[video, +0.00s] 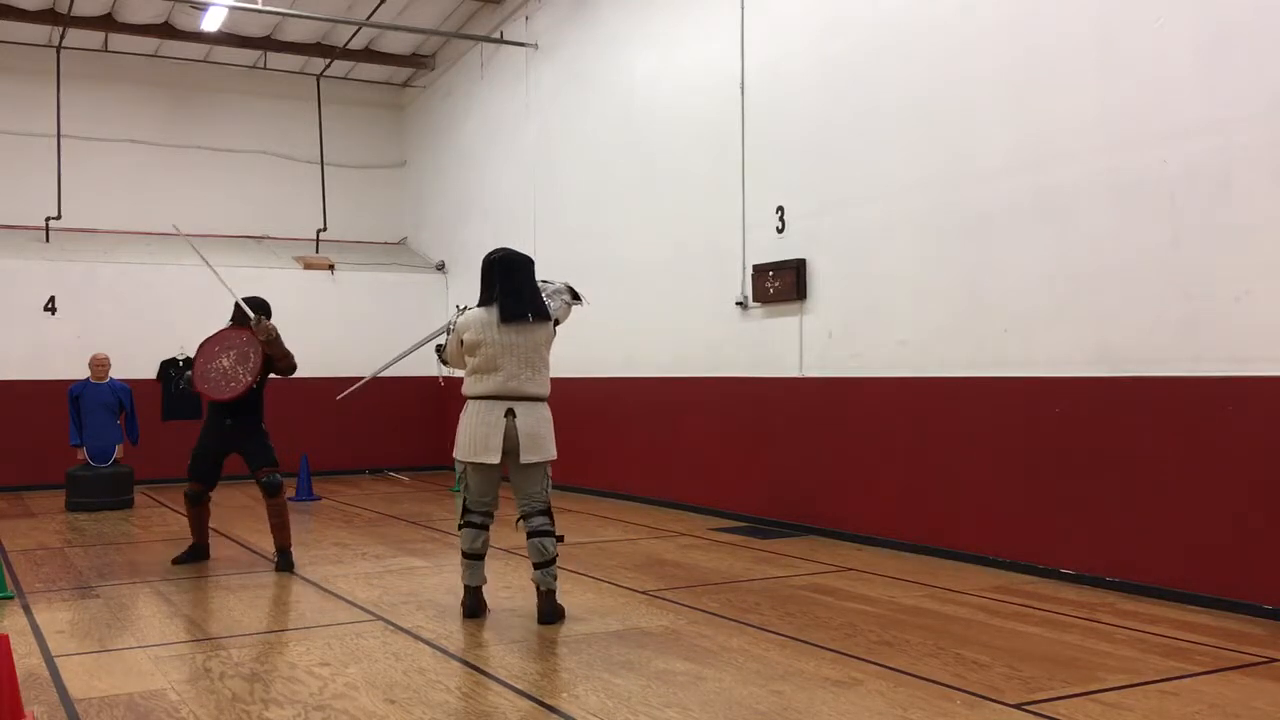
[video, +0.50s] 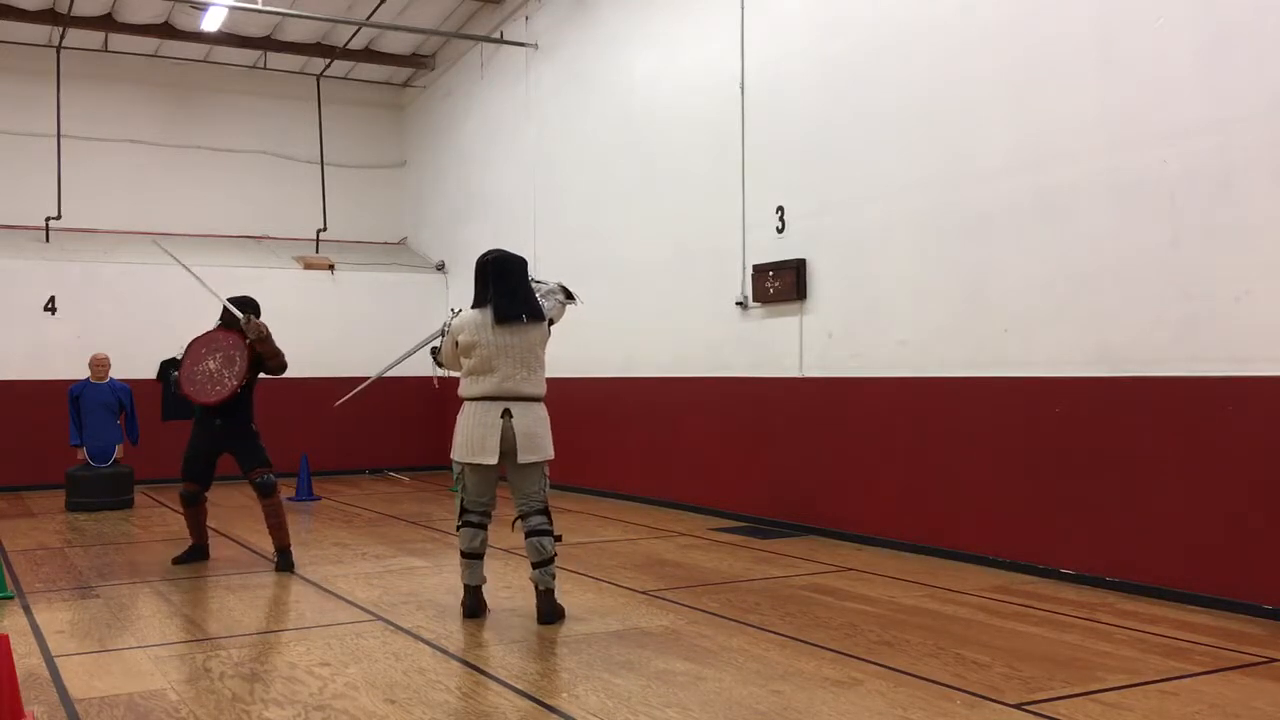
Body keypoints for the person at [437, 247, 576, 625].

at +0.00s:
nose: (481, 285)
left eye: (485, 278)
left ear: (488, 282)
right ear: (529, 281)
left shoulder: (470, 321)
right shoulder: (543, 318)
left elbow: (452, 358)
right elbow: (563, 298)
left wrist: (456, 330)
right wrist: (543, 285)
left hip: (481, 425)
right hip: (532, 424)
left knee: (477, 509)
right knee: (536, 509)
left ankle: (472, 595)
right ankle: (547, 601)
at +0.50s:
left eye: (478, 280)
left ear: (481, 283)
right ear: (522, 282)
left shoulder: (465, 323)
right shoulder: (538, 318)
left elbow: (448, 360)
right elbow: (558, 297)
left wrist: (451, 331)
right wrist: (532, 283)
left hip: (478, 425)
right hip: (529, 423)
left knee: (474, 509)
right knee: (534, 508)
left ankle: (473, 595)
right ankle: (546, 599)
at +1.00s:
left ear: (488, 306)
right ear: (529, 303)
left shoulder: (473, 346)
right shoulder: (545, 336)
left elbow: (464, 389)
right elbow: (560, 317)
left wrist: (456, 357)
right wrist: (536, 300)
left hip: (490, 443)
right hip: (542, 441)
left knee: (479, 517)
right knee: (555, 513)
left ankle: (456, 593)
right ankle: (558, 585)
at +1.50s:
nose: (603, 291)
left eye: (608, 285)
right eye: (605, 284)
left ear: (616, 292)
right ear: (648, 290)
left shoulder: (602, 330)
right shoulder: (666, 332)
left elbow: (561, 348)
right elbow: (645, 314)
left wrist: (551, 308)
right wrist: (613, 290)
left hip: (602, 434)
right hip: (649, 437)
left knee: (559, 512)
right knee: (629, 518)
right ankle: (646, 597)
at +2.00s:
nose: (722, 279)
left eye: (725, 273)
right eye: (720, 272)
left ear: (736, 278)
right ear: (772, 271)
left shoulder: (737, 325)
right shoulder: (792, 313)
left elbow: (692, 361)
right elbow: (753, 293)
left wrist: (660, 327)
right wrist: (708, 281)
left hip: (753, 433)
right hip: (794, 430)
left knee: (738, 524)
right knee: (749, 514)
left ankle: (760, 621)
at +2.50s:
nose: (874, 285)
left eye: (879, 277)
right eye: (876, 276)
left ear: (895, 282)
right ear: (923, 280)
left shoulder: (897, 331)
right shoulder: (946, 324)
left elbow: (858, 382)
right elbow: (903, 334)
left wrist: (812, 381)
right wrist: (855, 329)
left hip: (913, 445)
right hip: (954, 441)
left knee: (854, 528)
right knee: (947, 545)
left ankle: (825, 622)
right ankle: (1002, 624)